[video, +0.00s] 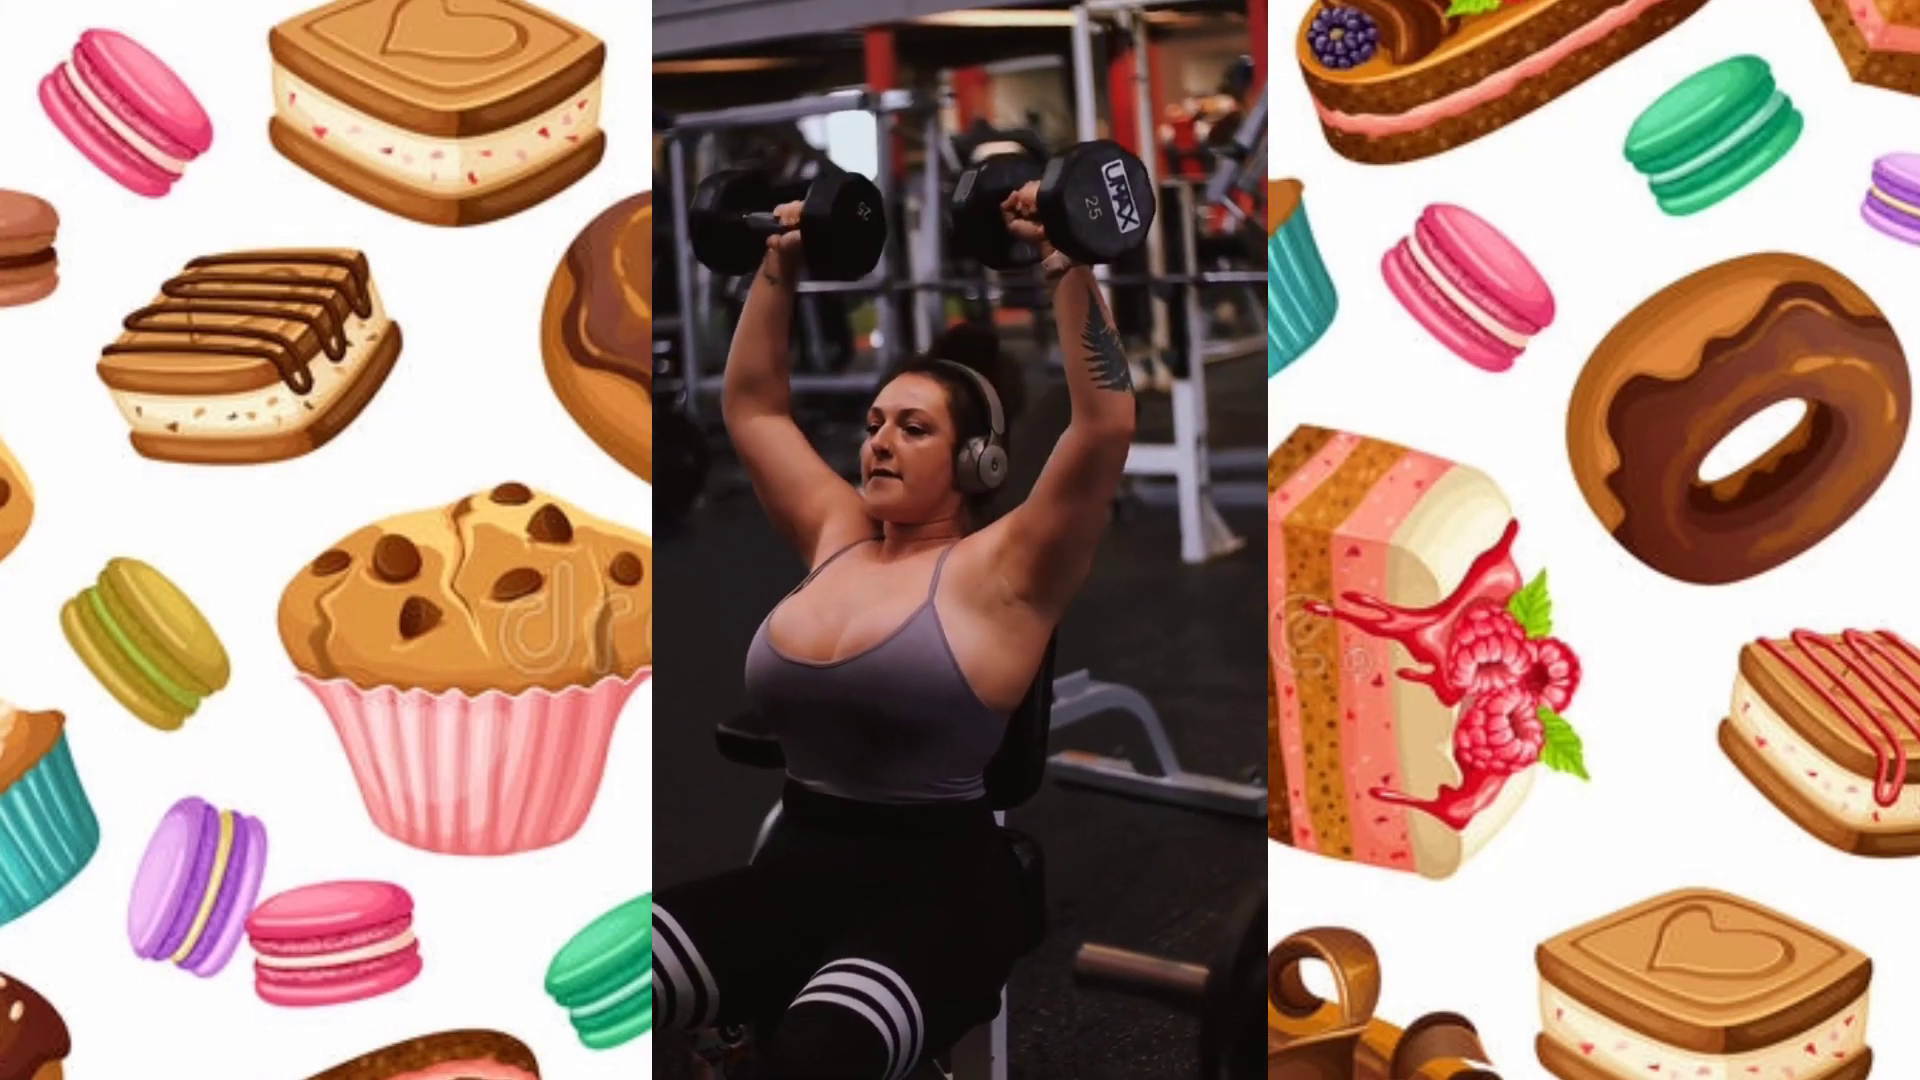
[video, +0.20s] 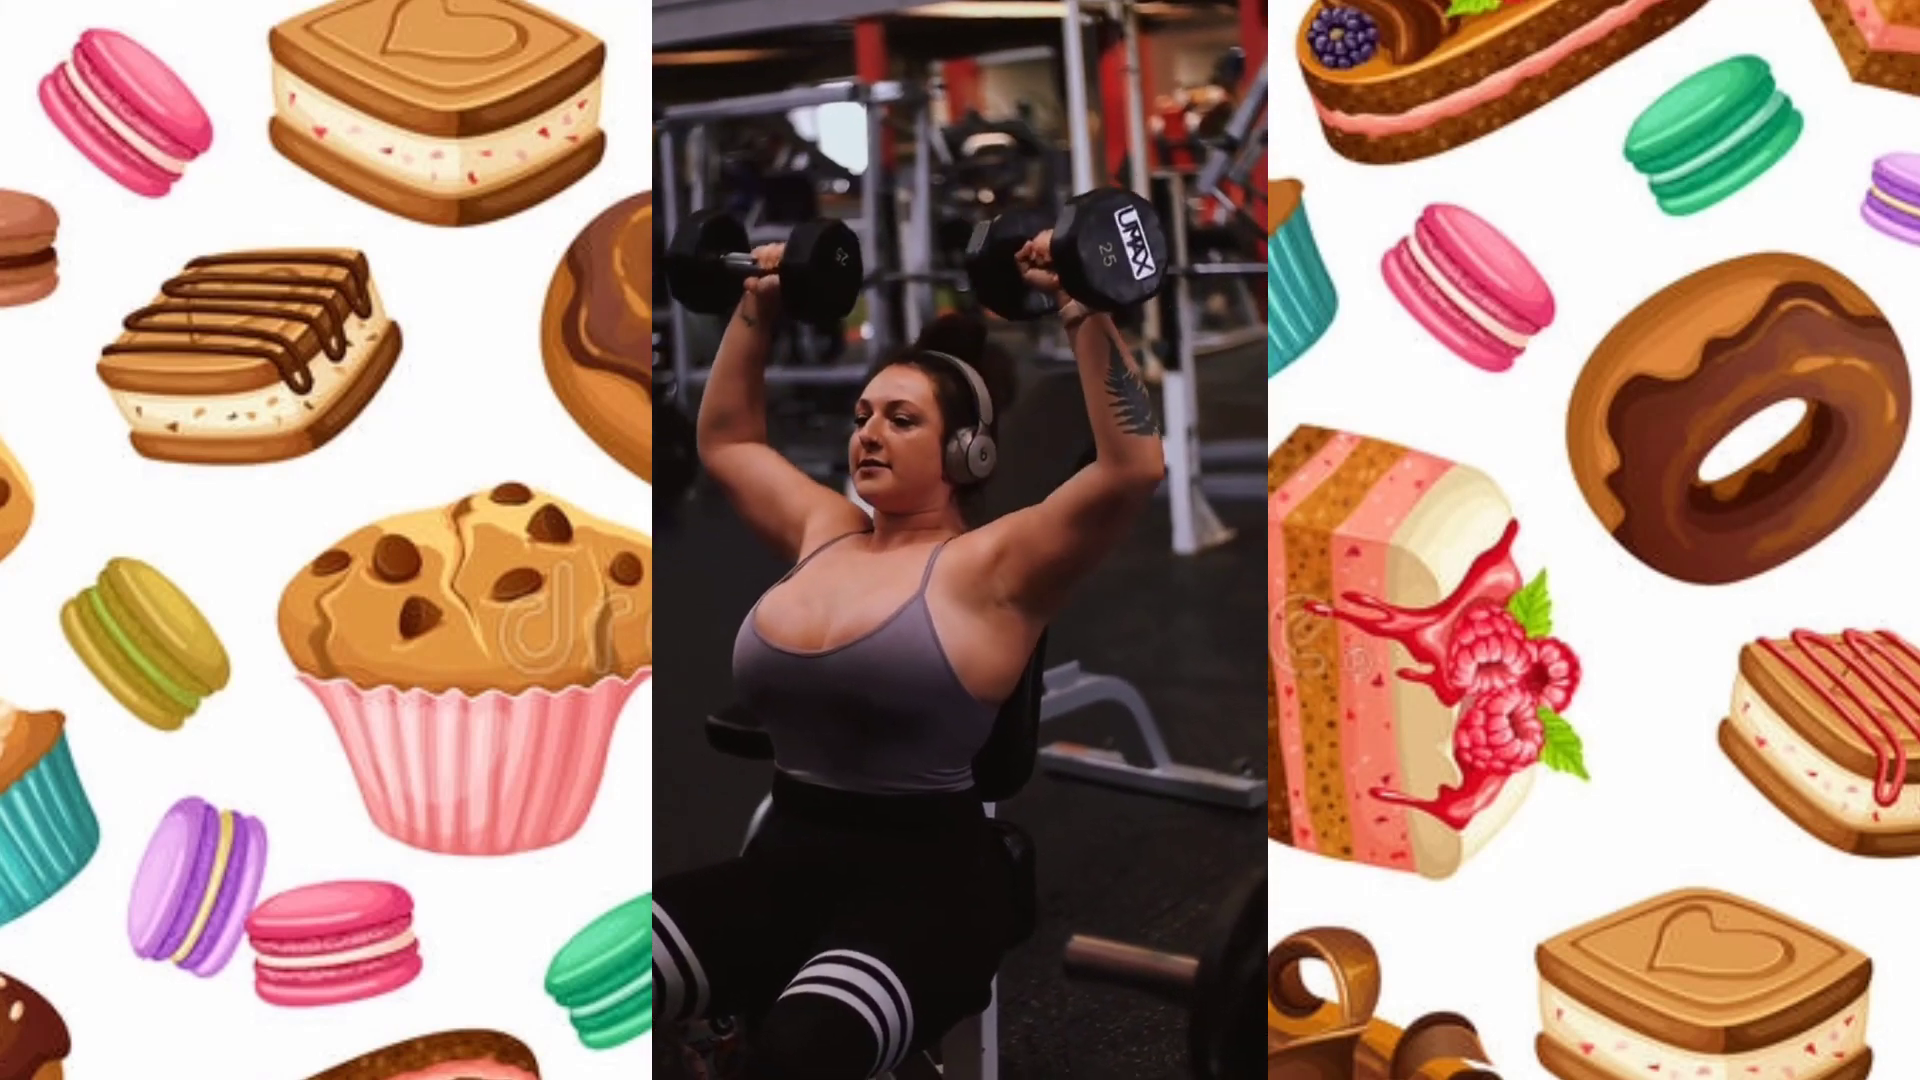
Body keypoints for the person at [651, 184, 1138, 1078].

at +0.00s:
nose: (881, 444)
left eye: (913, 429)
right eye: (874, 426)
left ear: (974, 459)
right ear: (861, 444)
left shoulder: (1008, 571)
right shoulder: (839, 536)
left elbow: (1104, 427)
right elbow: (753, 406)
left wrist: (1071, 267)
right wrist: (779, 265)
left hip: (936, 890)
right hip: (798, 875)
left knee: (820, 1046)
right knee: (598, 978)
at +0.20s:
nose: (867, 432)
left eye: (900, 418)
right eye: (862, 415)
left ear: (962, 449)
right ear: (851, 433)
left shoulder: (995, 568)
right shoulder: (824, 528)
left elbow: (1133, 468)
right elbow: (728, 439)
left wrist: (1082, 305)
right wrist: (755, 307)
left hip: (928, 881)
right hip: (791, 864)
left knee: (801, 1044)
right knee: (591, 972)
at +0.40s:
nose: (857, 429)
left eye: (889, 414)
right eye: (852, 412)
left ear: (954, 445)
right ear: (838, 429)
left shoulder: (985, 566)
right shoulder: (812, 531)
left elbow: (1150, 528)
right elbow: (710, 485)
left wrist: (1096, 369)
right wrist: (736, 358)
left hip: (921, 879)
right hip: (783, 860)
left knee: (790, 1045)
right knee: (596, 972)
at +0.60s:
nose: (859, 426)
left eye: (891, 409)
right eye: (853, 406)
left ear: (955, 436)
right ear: (842, 422)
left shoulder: (992, 561)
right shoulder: (817, 532)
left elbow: (1162, 596)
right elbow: (711, 532)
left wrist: (1123, 437)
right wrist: (730, 403)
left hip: (926, 873)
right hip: (787, 856)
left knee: (793, 1040)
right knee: (598, 962)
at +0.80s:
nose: (870, 411)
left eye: (901, 394)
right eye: (865, 391)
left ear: (966, 421)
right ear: (851, 405)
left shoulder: (1010, 551)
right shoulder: (835, 521)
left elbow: (1178, 629)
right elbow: (726, 556)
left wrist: (1144, 468)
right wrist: (734, 428)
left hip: (939, 860)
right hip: (798, 843)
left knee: (799, 1035)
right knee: (602, 949)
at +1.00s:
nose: (869, 392)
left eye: (901, 375)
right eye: (863, 371)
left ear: (967, 401)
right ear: (851, 387)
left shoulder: (1009, 528)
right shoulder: (829, 501)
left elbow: (1180, 574)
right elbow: (718, 512)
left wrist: (1132, 412)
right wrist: (736, 377)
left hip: (940, 849)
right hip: (795, 831)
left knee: (799, 1028)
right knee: (601, 940)